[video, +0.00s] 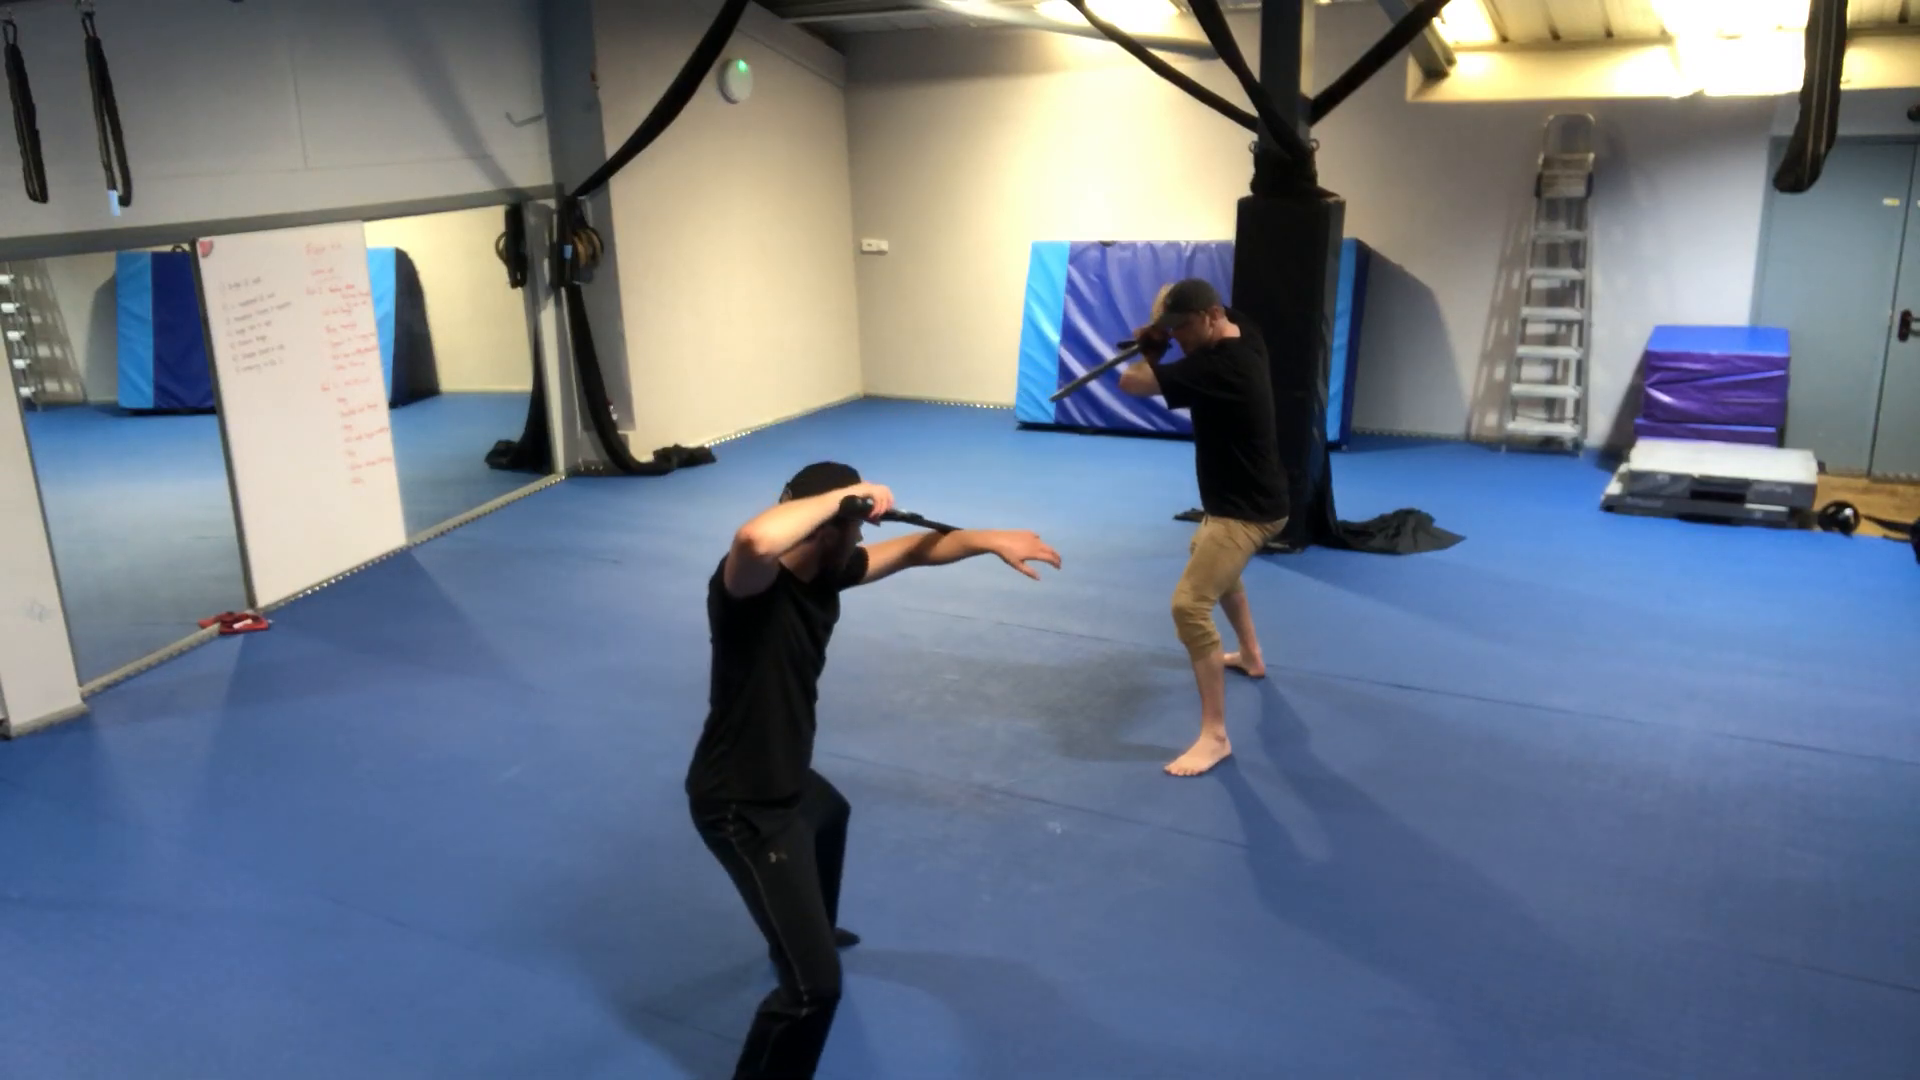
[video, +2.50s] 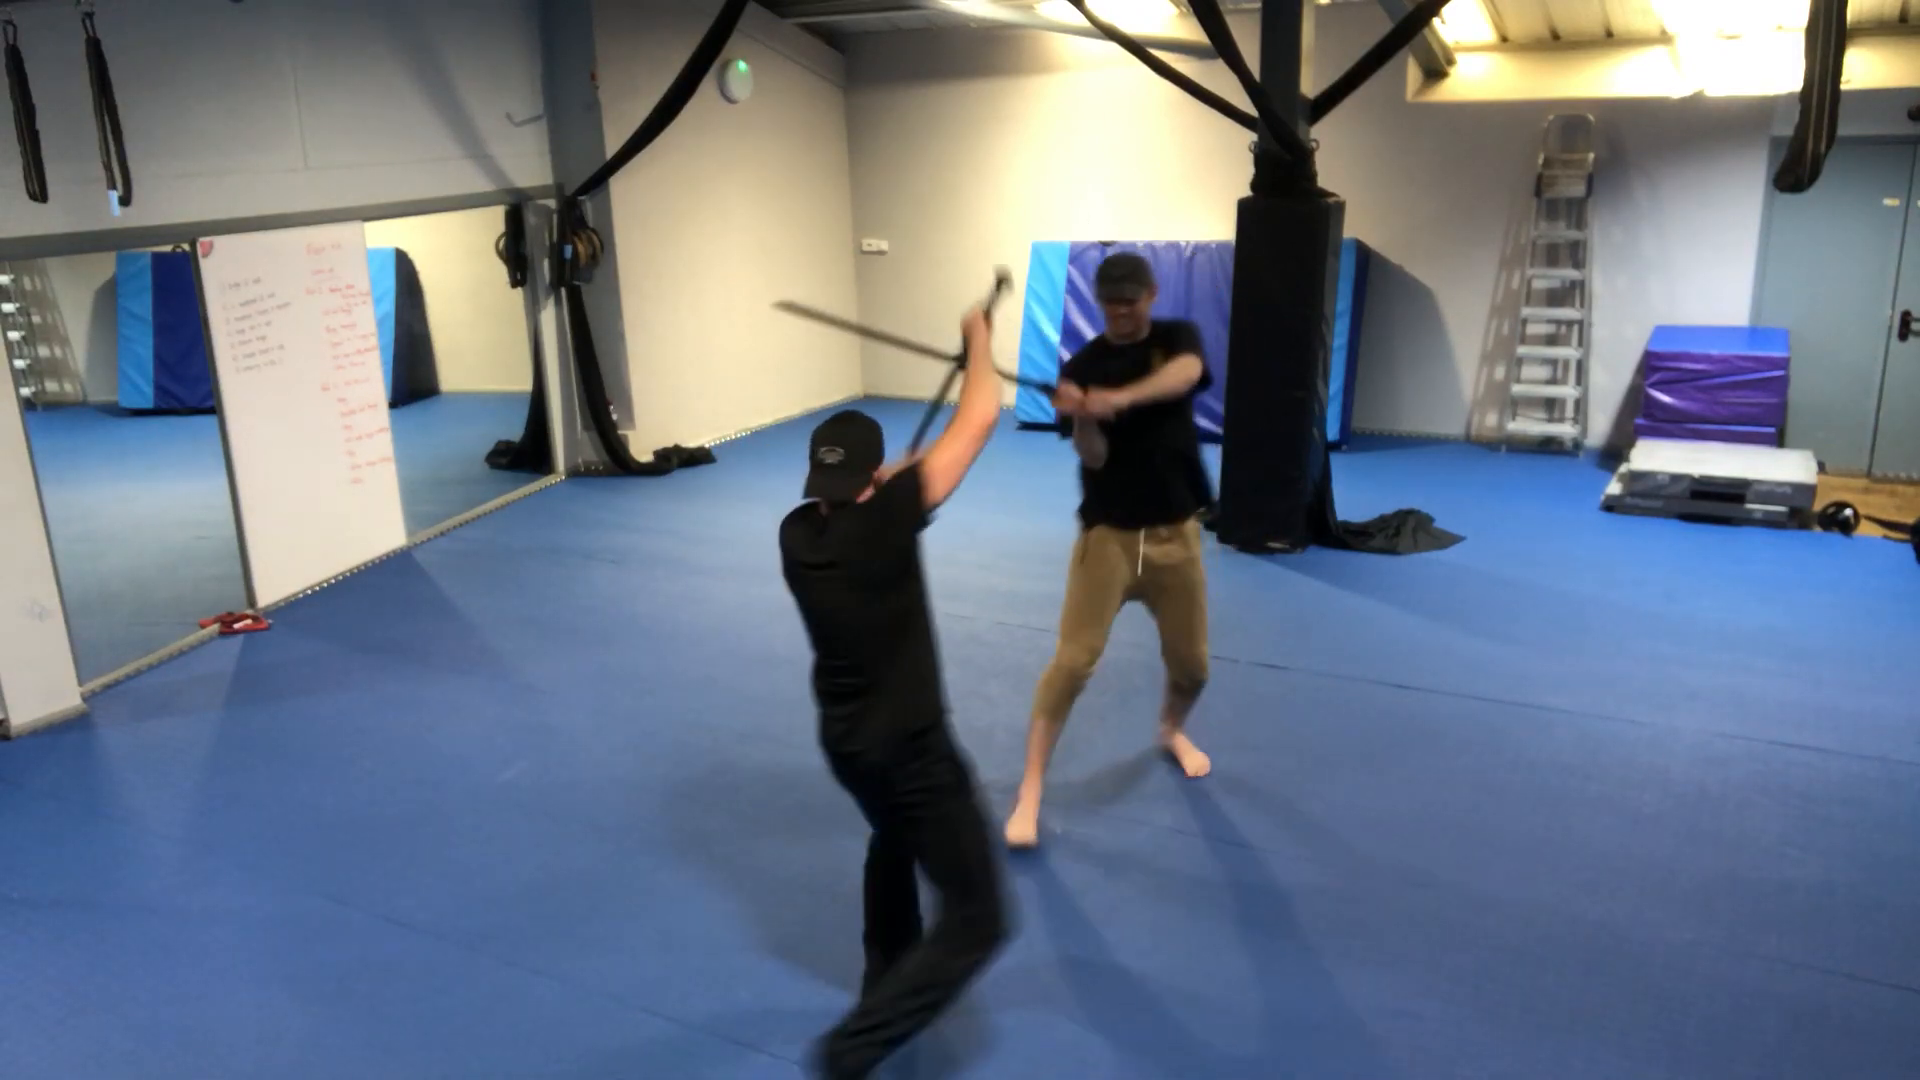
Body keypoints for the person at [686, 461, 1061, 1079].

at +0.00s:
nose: (857, 546)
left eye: (858, 533)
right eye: (849, 533)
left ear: (832, 534)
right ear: (818, 530)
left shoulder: (826, 574)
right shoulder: (748, 583)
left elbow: (916, 548)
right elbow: (755, 540)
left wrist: (990, 539)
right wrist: (842, 499)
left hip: (783, 776)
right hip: (739, 800)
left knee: (830, 815)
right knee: (814, 985)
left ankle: (810, 930)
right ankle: (760, 1075)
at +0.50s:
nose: (863, 522)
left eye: (863, 508)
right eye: (854, 509)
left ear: (836, 513)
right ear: (822, 511)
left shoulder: (831, 560)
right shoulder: (752, 566)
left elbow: (916, 537)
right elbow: (753, 512)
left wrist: (991, 525)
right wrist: (842, 478)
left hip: (789, 765)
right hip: (742, 783)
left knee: (833, 812)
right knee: (804, 968)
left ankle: (813, 929)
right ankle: (758, 1076)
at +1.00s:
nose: (871, 517)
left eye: (871, 503)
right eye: (863, 503)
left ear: (838, 505)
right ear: (830, 500)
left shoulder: (835, 550)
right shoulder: (758, 553)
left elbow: (921, 524)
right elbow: (763, 499)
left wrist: (996, 517)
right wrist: (847, 468)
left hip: (793, 755)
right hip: (744, 768)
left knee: (834, 811)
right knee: (793, 955)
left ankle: (815, 928)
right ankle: (756, 1075)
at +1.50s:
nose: (868, 511)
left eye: (869, 498)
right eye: (859, 498)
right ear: (824, 497)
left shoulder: (831, 543)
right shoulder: (753, 549)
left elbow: (916, 516)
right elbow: (769, 497)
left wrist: (986, 505)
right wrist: (858, 467)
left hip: (792, 749)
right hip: (743, 762)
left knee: (833, 809)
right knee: (784, 951)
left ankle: (813, 930)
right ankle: (752, 1074)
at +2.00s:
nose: (860, 505)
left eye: (863, 493)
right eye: (853, 491)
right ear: (818, 486)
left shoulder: (831, 536)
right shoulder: (746, 540)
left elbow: (915, 512)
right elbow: (759, 488)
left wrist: (989, 509)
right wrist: (853, 469)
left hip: (795, 749)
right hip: (746, 758)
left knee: (829, 818)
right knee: (780, 949)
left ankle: (810, 933)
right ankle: (752, 1073)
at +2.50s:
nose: (885, 472)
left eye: (867, 467)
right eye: (880, 464)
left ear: (816, 477)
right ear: (872, 474)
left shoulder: (794, 535)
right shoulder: (888, 513)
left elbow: (865, 500)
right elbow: (979, 417)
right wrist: (979, 341)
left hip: (847, 742)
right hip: (910, 743)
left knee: (892, 838)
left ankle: (890, 987)